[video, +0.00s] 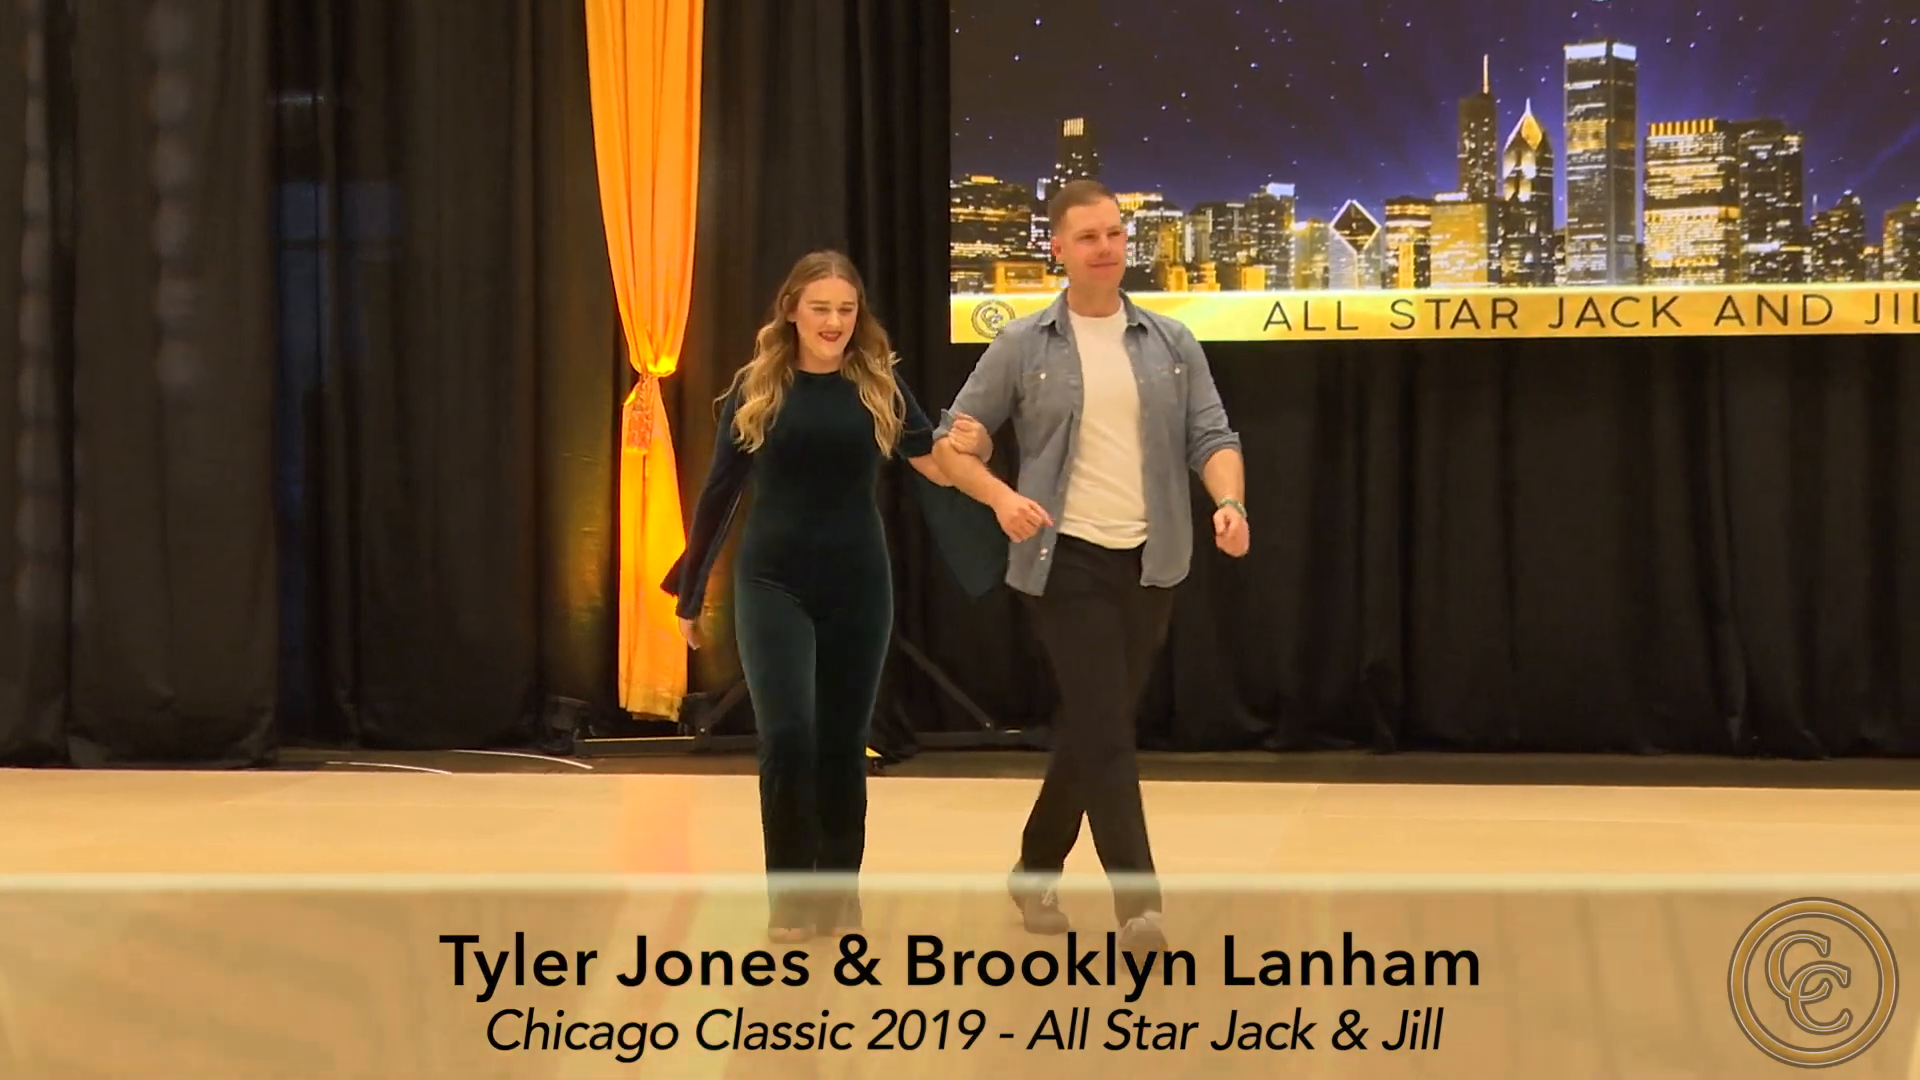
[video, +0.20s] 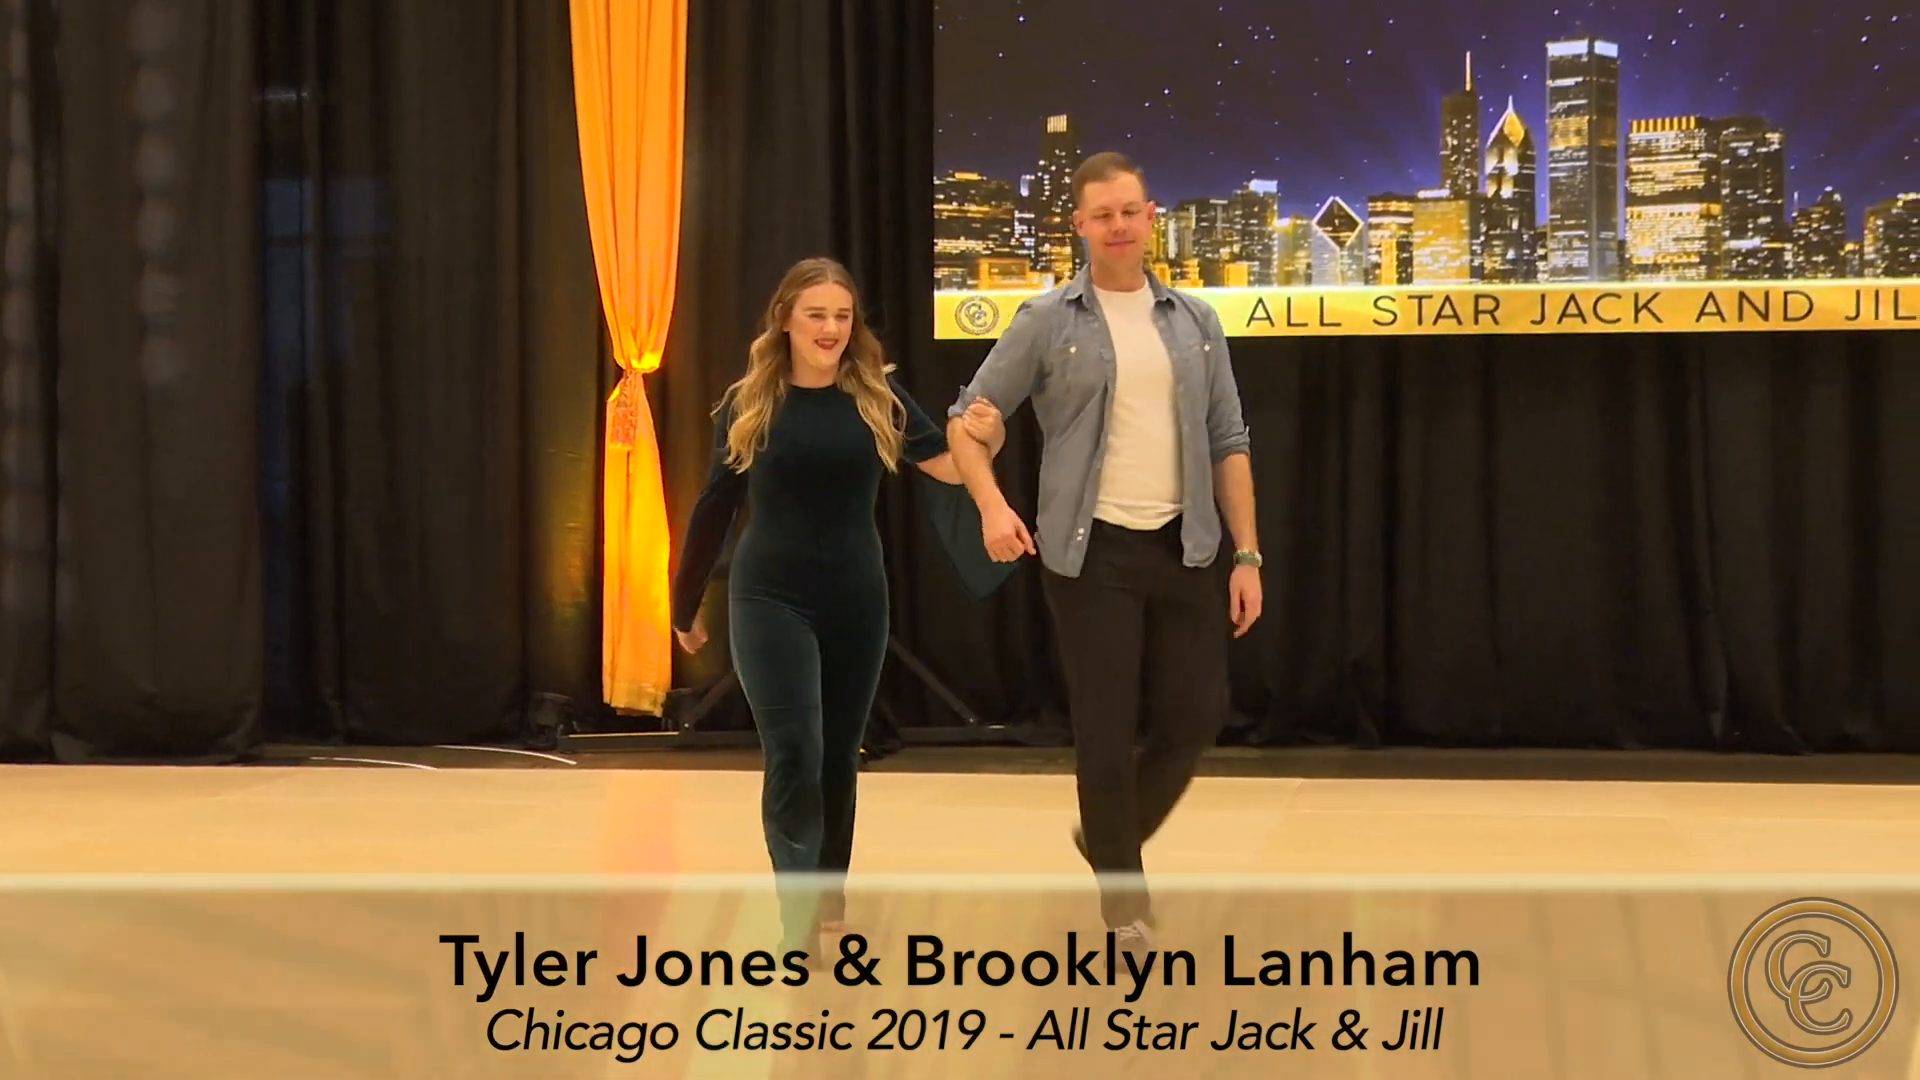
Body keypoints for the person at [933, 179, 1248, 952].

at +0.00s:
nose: (1106, 245)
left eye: (1115, 232)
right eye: (1088, 235)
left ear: (1128, 242)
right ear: (1057, 250)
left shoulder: (1172, 340)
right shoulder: (1021, 347)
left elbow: (1211, 435)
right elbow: (951, 448)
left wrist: (1229, 502)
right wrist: (1001, 496)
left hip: (1153, 562)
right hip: (1064, 560)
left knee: (1096, 724)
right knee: (1104, 728)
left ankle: (1034, 876)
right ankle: (1141, 909)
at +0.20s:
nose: (1119, 225)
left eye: (1130, 210)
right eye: (1103, 213)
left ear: (1151, 217)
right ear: (1079, 224)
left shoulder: (1196, 319)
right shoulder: (1046, 319)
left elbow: (1228, 442)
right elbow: (969, 425)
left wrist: (1246, 553)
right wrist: (992, 505)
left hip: (1187, 548)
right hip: (1091, 547)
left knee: (1194, 719)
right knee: (1107, 733)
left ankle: (1108, 832)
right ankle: (1126, 913)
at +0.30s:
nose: (1115, 222)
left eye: (1130, 207)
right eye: (1101, 209)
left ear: (1163, 211)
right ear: (1085, 216)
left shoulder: (1206, 316)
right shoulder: (1054, 310)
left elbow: (1232, 444)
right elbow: (972, 410)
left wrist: (1247, 559)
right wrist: (987, 495)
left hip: (1194, 544)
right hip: (1093, 546)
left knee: (1214, 724)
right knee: (1097, 737)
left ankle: (1186, 908)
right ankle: (1110, 916)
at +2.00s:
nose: (1026, 201)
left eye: (1039, 185)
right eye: (1026, 187)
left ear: (1095, 189)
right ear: (1071, 193)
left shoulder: (1163, 287)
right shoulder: (1053, 299)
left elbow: (1204, 421)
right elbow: (1021, 423)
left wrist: (1160, 538)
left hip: (1127, 553)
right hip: (1048, 551)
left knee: (1137, 747)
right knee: (1077, 743)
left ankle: (1171, 954)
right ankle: (1112, 917)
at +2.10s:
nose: (1025, 202)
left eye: (1038, 185)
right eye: (1027, 187)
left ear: (1091, 189)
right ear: (1071, 190)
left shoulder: (1154, 282)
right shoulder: (1058, 293)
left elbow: (1183, 416)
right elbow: (1029, 417)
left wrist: (1107, 509)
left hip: (1125, 549)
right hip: (1054, 547)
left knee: (1123, 743)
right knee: (1074, 739)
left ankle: (1157, 963)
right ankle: (1113, 912)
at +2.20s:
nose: (1026, 201)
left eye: (1037, 184)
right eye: (1028, 185)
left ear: (1087, 187)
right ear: (1082, 187)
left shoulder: (1142, 276)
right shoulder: (1069, 294)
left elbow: (1157, 405)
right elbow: (1044, 419)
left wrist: (1043, 459)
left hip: (1121, 540)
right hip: (1063, 541)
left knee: (1106, 734)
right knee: (1066, 729)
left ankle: (1144, 961)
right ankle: (1106, 909)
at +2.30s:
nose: (1025, 196)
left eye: (1035, 179)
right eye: (1028, 180)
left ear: (1080, 180)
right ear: (1080, 182)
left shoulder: (1133, 273)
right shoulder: (1081, 288)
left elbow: (1132, 397)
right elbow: (1046, 402)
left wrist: (997, 405)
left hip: (1112, 539)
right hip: (1063, 540)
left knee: (1095, 727)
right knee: (1044, 717)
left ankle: (1135, 953)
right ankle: (1100, 907)